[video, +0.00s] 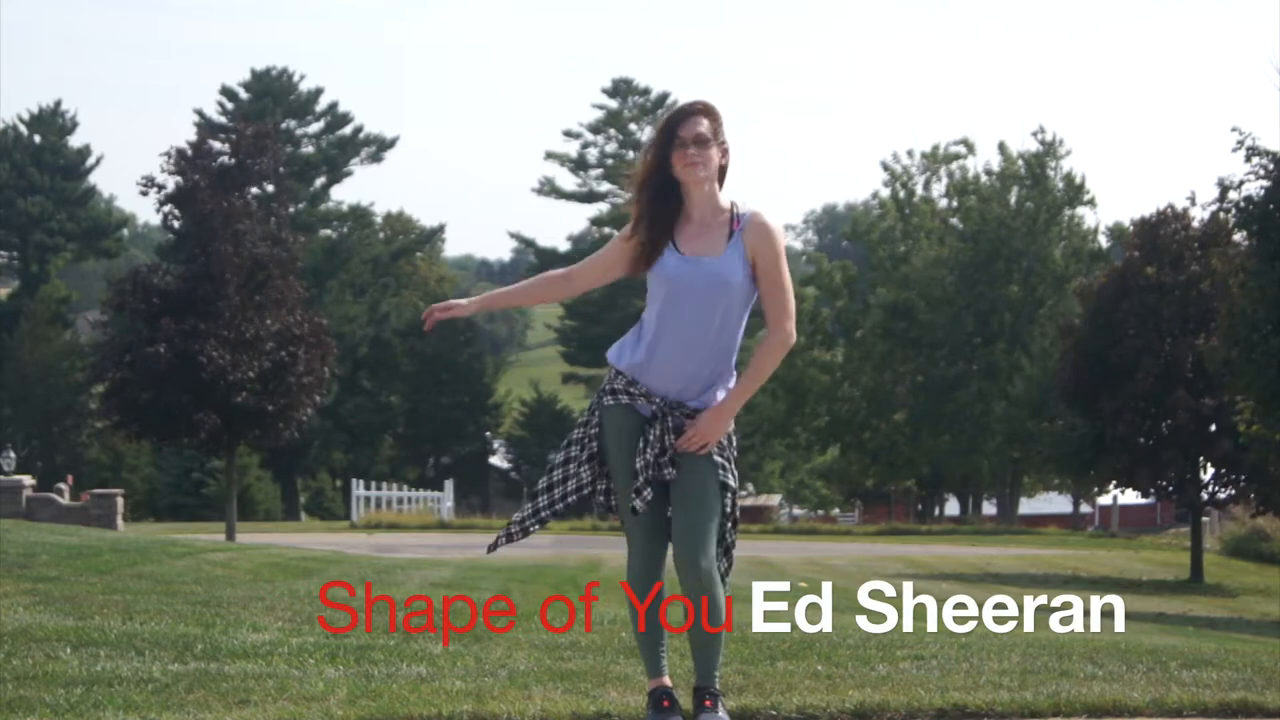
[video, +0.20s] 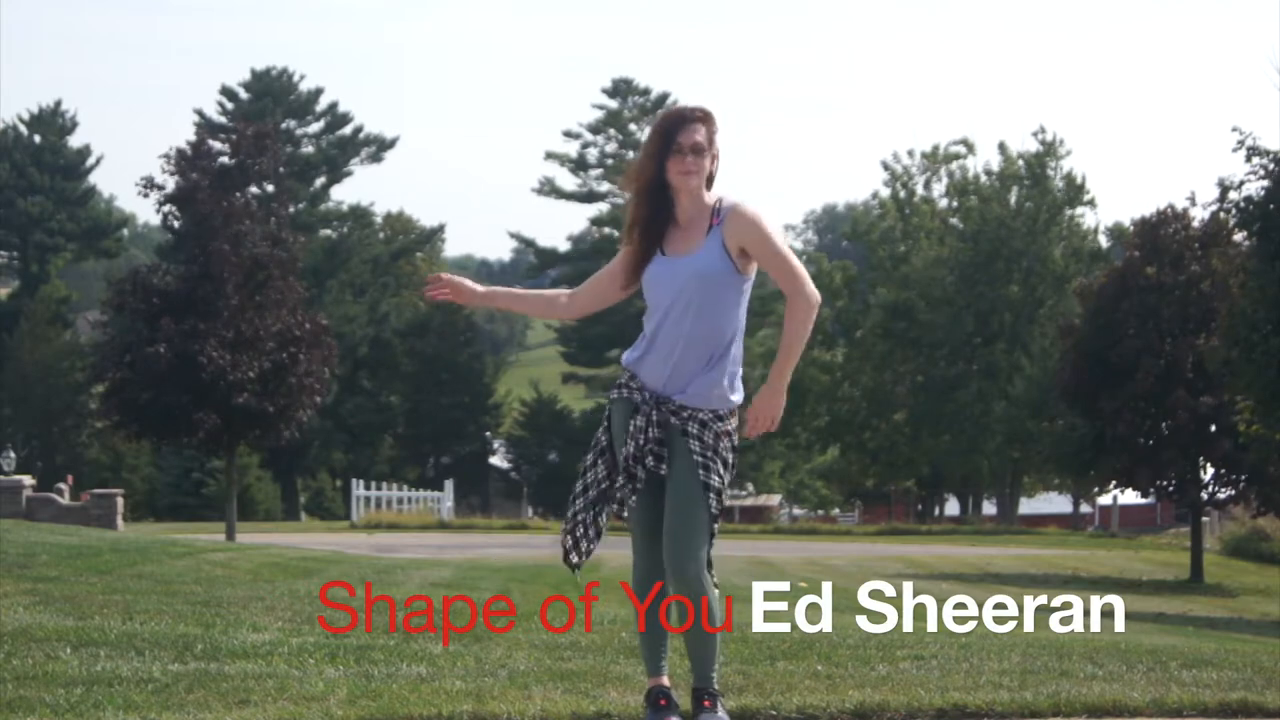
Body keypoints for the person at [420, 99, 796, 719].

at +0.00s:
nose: (694, 151)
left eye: (704, 141)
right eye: (683, 144)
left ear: (724, 152)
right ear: (666, 158)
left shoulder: (755, 231)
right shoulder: (652, 232)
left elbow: (784, 331)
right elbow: (567, 281)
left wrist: (727, 409)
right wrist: (474, 304)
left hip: (704, 410)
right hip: (632, 399)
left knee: (696, 556)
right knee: (646, 551)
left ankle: (708, 692)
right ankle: (659, 686)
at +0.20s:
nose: (693, 159)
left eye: (702, 150)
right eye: (682, 150)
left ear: (716, 159)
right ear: (660, 159)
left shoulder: (738, 222)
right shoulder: (650, 238)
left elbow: (805, 298)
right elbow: (573, 302)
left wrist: (775, 388)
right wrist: (480, 295)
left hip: (703, 414)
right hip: (640, 406)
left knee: (687, 562)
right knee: (647, 558)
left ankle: (707, 693)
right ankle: (658, 685)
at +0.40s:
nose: (696, 161)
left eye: (704, 151)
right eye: (684, 151)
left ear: (713, 157)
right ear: (657, 157)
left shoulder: (728, 217)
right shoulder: (642, 240)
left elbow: (821, 250)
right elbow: (574, 311)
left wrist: (877, 299)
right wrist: (482, 317)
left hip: (713, 412)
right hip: (651, 408)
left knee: (691, 561)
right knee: (649, 560)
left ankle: (707, 695)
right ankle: (660, 688)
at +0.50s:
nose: (697, 162)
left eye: (704, 151)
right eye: (685, 151)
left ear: (712, 153)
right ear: (656, 155)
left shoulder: (724, 215)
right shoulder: (635, 235)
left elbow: (813, 237)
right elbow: (571, 311)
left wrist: (897, 249)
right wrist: (487, 334)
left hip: (721, 407)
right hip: (658, 409)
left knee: (702, 556)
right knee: (649, 555)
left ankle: (707, 694)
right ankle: (660, 687)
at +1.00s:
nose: (692, 167)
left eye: (701, 158)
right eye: (682, 156)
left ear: (708, 162)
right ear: (655, 156)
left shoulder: (717, 232)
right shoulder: (615, 230)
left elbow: (799, 287)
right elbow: (577, 322)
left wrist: (856, 227)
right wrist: (522, 380)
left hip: (738, 399)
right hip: (664, 405)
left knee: (726, 552)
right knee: (683, 558)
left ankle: (713, 689)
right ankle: (666, 690)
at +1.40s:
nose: (698, 158)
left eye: (706, 149)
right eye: (687, 148)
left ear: (716, 156)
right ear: (665, 153)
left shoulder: (697, 226)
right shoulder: (655, 208)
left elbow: (707, 331)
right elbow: (625, 306)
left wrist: (774, 332)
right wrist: (603, 395)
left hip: (709, 405)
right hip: (666, 402)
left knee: (723, 552)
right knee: (689, 553)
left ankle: (714, 698)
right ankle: (666, 699)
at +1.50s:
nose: (699, 157)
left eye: (708, 147)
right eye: (688, 147)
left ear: (718, 155)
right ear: (666, 154)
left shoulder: (697, 223)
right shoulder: (665, 211)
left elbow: (696, 331)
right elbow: (628, 307)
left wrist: (754, 366)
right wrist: (612, 397)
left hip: (704, 402)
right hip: (661, 397)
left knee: (720, 544)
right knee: (685, 543)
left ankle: (713, 694)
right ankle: (665, 696)